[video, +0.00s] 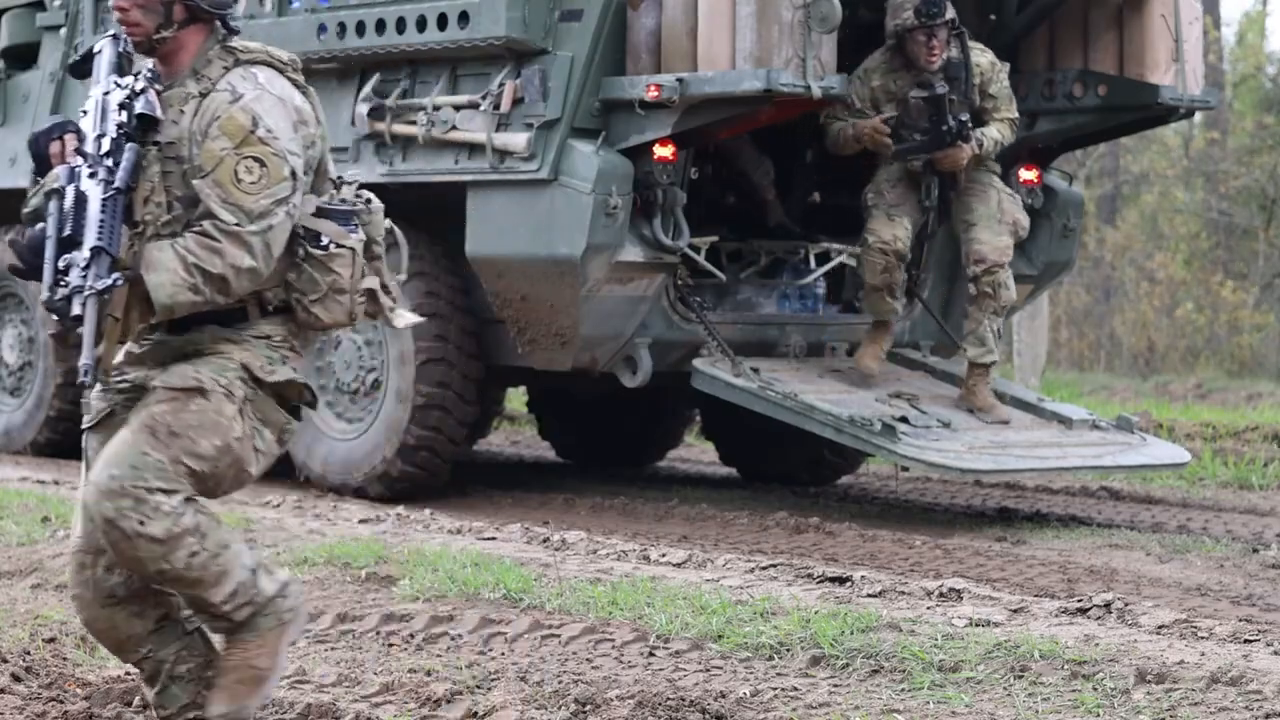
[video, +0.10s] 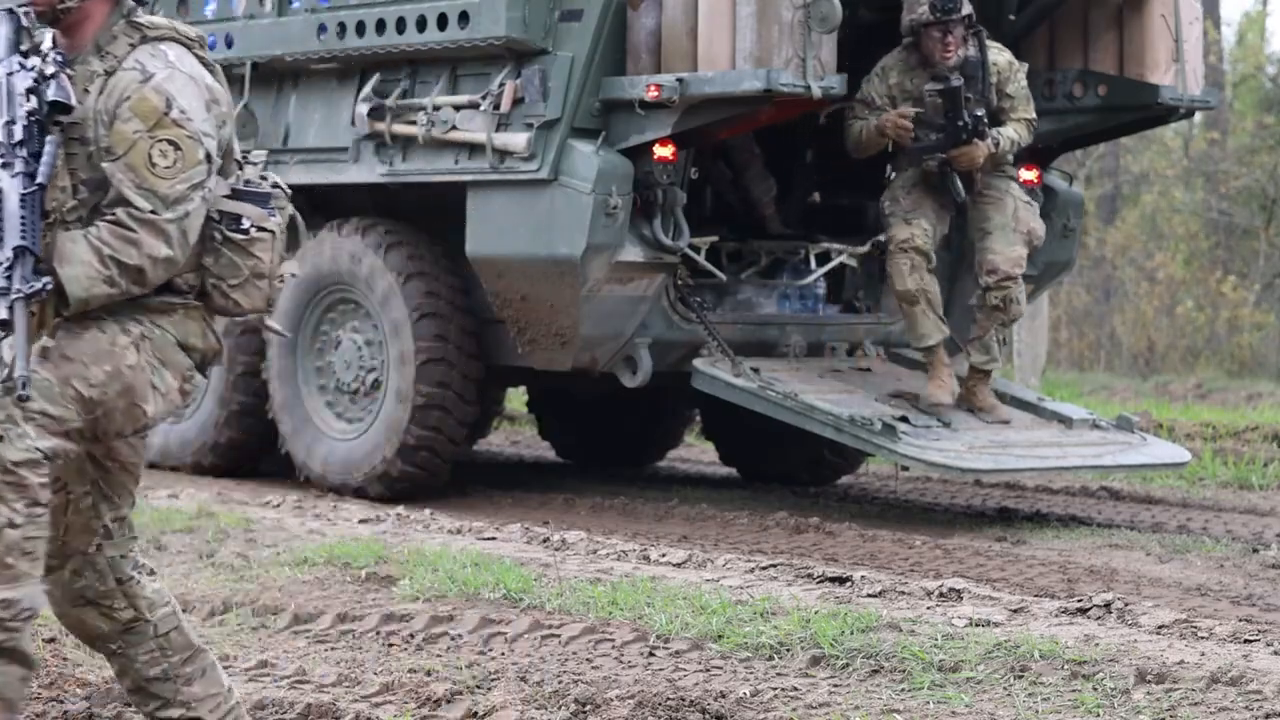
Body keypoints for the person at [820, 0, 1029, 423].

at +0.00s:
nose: (933, 45)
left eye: (940, 35)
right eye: (923, 36)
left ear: (951, 32)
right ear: (901, 39)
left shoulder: (980, 64)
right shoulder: (875, 73)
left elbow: (1007, 121)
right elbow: (833, 132)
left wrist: (973, 146)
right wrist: (859, 132)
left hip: (971, 170)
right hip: (901, 168)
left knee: (991, 262)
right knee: (883, 247)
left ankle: (978, 380)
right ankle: (879, 332)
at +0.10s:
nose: (947, 42)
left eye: (954, 31)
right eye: (937, 33)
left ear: (967, 30)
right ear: (917, 35)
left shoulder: (997, 63)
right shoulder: (893, 70)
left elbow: (1023, 124)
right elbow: (855, 139)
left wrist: (989, 147)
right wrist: (880, 128)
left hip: (991, 176)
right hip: (921, 174)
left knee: (1005, 277)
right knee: (906, 251)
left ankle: (978, 382)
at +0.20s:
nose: (957, 31)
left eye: (965, 21)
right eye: (946, 22)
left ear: (978, 23)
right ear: (928, 27)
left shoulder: (1010, 61)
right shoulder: (905, 68)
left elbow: (1036, 125)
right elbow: (866, 137)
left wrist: (1001, 146)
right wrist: (892, 119)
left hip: (1004, 181)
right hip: (935, 180)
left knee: (1018, 291)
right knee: (939, 281)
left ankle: (980, 381)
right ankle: (964, 401)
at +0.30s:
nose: (963, 26)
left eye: (972, 17)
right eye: (953, 18)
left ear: (986, 21)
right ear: (936, 25)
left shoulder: (1020, 62)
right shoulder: (914, 70)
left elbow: (1047, 126)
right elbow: (872, 142)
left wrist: (1012, 146)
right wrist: (898, 115)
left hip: (1016, 187)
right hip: (950, 188)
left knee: (1038, 301)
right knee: (957, 287)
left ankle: (986, 373)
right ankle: (971, 405)